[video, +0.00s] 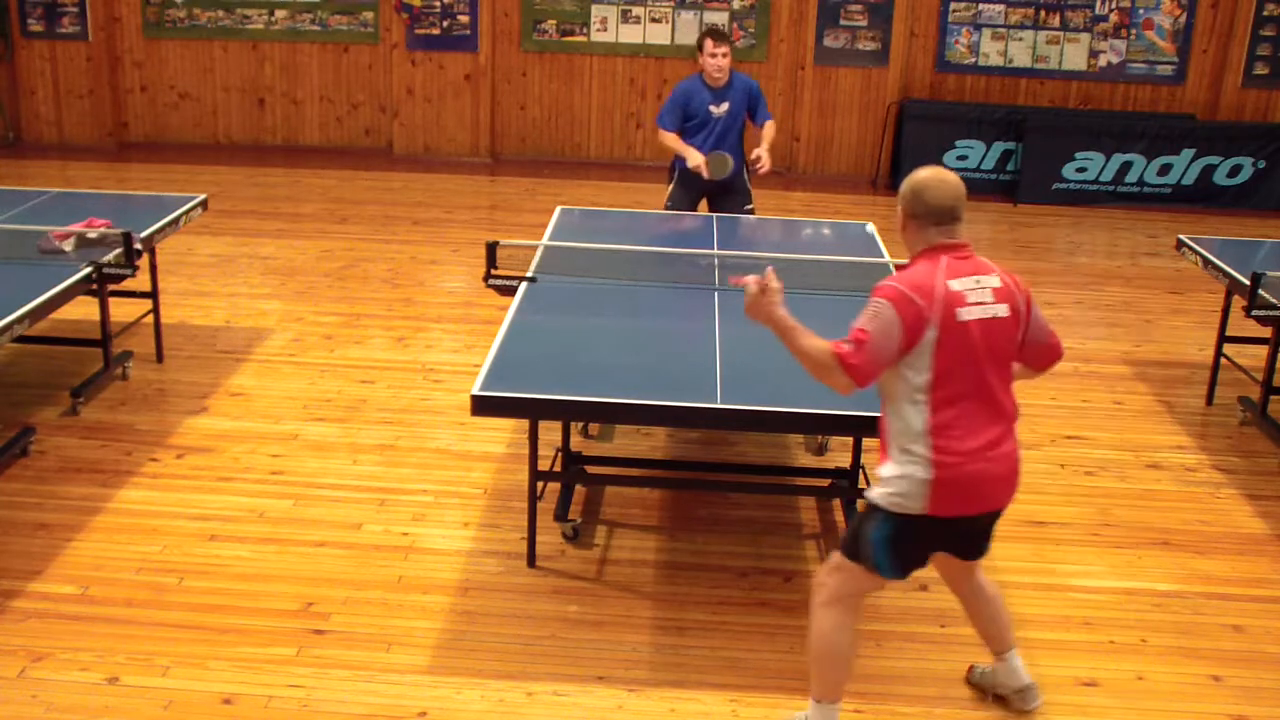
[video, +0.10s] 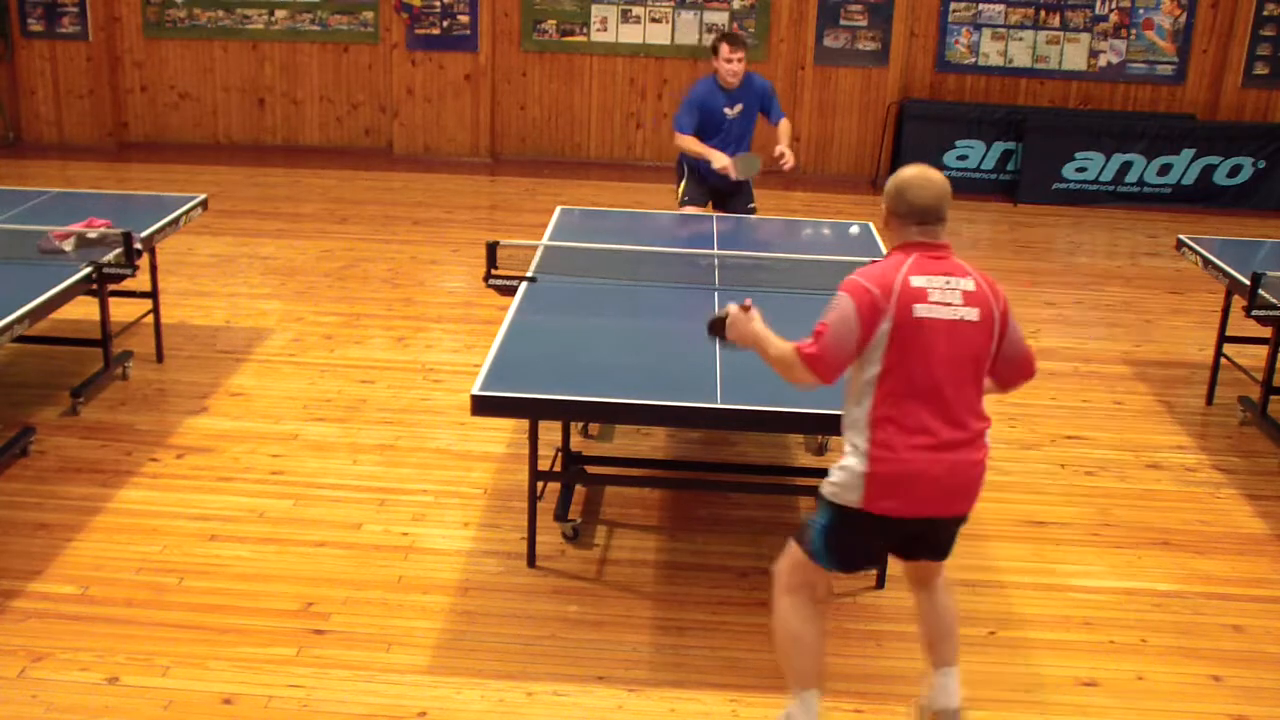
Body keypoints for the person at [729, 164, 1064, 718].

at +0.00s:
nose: (896, 220)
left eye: (898, 212)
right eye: (897, 212)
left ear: (905, 217)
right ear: (962, 217)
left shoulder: (907, 290)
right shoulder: (1003, 282)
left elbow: (846, 371)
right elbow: (1045, 355)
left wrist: (776, 317)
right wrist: (980, 357)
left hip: (922, 484)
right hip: (993, 477)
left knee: (835, 587)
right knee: (960, 565)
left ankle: (822, 710)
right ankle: (1013, 674)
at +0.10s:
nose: (881, 217)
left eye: (883, 210)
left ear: (887, 215)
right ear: (947, 217)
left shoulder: (875, 283)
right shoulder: (983, 288)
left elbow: (812, 368)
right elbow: (1016, 370)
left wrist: (754, 333)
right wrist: (955, 351)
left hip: (877, 481)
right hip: (955, 483)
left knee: (796, 577)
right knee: (927, 573)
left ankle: (804, 707)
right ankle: (946, 696)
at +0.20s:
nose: (858, 217)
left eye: (860, 211)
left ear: (864, 218)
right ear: (924, 220)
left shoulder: (840, 289)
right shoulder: (958, 294)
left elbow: (775, 378)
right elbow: (989, 383)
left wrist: (740, 357)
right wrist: (934, 381)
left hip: (844, 488)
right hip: (928, 490)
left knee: (759, 581)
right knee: (915, 589)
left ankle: (738, 705)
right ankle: (929, 710)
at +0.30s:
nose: (829, 221)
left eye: (831, 214)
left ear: (833, 223)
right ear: (893, 228)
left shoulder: (799, 293)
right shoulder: (930, 304)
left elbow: (744, 384)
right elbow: (965, 392)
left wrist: (729, 371)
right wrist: (921, 400)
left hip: (808, 492)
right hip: (897, 497)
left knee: (732, 594)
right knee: (902, 588)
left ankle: (700, 712)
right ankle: (924, 710)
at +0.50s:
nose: (784, 214)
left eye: (786, 207)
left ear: (789, 216)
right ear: (850, 218)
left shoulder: (758, 288)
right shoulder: (890, 287)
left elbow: (705, 375)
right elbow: (941, 369)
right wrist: (907, 401)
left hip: (780, 490)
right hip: (874, 492)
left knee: (721, 594)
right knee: (888, 593)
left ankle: (696, 713)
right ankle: (912, 712)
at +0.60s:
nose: (770, 216)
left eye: (773, 210)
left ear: (776, 220)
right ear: (839, 219)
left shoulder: (753, 296)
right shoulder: (884, 287)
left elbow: (699, 390)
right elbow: (934, 367)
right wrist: (900, 392)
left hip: (782, 495)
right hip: (875, 493)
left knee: (717, 595)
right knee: (889, 595)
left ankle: (694, 713)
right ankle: (919, 712)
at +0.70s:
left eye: (756, 230)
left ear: (756, 239)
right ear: (817, 233)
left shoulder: (750, 323)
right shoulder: (871, 292)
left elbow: (713, 428)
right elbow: (915, 363)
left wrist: (687, 423)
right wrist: (852, 362)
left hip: (796, 505)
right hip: (884, 499)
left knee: (709, 582)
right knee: (886, 597)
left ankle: (684, 711)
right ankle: (919, 711)